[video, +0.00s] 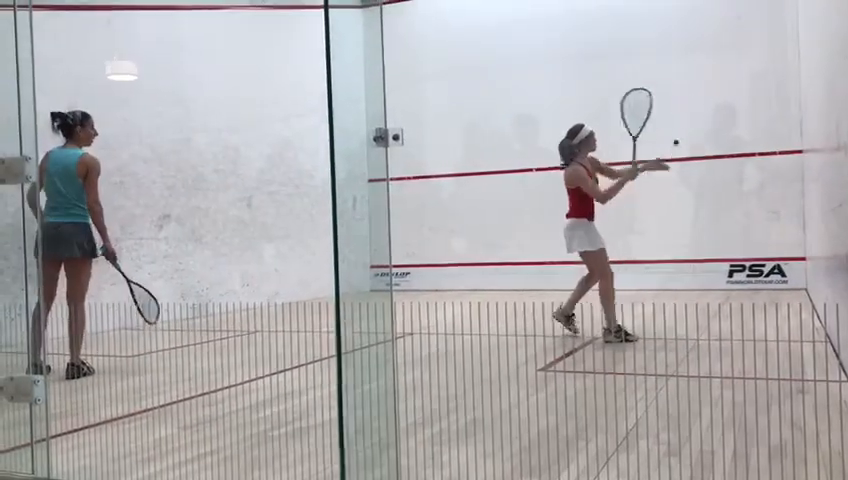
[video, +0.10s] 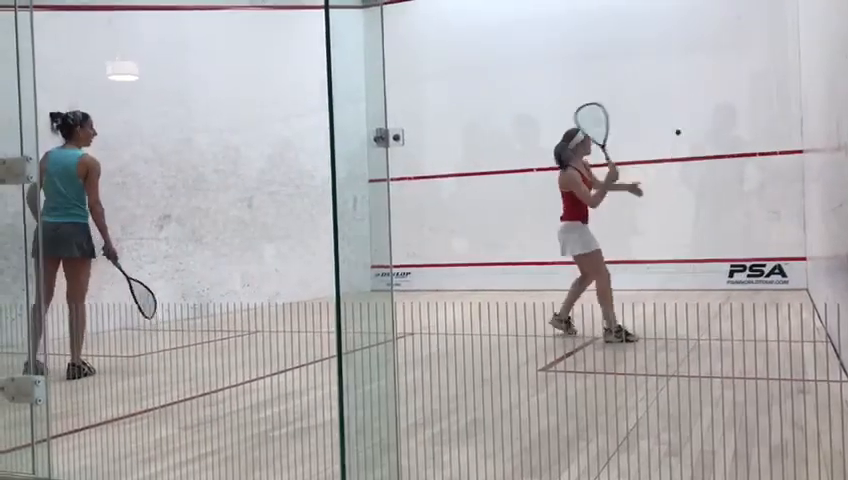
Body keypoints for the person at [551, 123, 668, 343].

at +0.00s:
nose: (595, 140)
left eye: (593, 137)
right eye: (592, 138)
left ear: (580, 144)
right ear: (582, 144)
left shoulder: (589, 162)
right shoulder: (575, 171)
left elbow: (615, 173)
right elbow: (601, 198)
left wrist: (648, 166)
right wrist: (625, 178)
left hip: (582, 226)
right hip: (580, 227)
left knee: (595, 273)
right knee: (605, 275)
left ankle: (565, 311)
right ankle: (612, 328)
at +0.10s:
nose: (590, 143)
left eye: (588, 140)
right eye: (586, 140)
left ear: (575, 148)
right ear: (576, 147)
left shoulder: (582, 165)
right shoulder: (570, 174)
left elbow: (598, 185)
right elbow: (592, 202)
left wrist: (628, 188)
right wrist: (608, 181)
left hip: (575, 228)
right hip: (575, 230)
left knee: (588, 274)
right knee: (602, 274)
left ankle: (562, 316)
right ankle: (612, 327)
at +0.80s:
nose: (491, 152)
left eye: (492, 148)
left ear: (492, 149)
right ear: (511, 148)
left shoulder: (481, 167)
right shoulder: (516, 174)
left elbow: (482, 188)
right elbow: (514, 208)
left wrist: (485, 204)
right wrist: (480, 215)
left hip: (486, 226)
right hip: (508, 226)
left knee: (491, 277)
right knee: (508, 281)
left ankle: (500, 321)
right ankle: (501, 326)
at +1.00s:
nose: (456, 154)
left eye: (457, 151)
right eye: (458, 151)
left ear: (459, 153)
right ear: (477, 153)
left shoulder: (452, 173)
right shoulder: (484, 176)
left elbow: (450, 203)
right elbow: (495, 210)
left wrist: (446, 229)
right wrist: (482, 224)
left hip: (456, 231)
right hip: (480, 230)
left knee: (441, 283)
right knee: (495, 280)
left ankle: (426, 328)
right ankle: (501, 326)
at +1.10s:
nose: (438, 155)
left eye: (439, 153)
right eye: (442, 153)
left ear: (441, 155)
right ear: (459, 157)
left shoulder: (432, 175)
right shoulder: (466, 178)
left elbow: (426, 209)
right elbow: (480, 212)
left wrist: (417, 235)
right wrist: (467, 229)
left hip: (436, 233)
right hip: (461, 232)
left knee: (426, 285)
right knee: (480, 284)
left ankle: (418, 332)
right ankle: (497, 326)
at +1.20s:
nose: (421, 153)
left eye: (422, 150)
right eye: (423, 150)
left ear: (426, 152)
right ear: (443, 153)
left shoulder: (416, 170)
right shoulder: (451, 175)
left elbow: (407, 203)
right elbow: (465, 209)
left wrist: (396, 222)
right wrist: (452, 228)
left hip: (423, 229)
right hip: (446, 228)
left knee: (418, 284)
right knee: (463, 282)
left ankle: (418, 332)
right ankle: (477, 327)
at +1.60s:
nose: (391, 159)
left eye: (392, 155)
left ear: (389, 159)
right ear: (408, 165)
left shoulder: (371, 175)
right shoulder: (409, 184)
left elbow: (361, 203)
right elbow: (417, 220)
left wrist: (379, 202)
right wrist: (408, 242)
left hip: (368, 237)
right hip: (390, 237)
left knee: (379, 290)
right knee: (389, 290)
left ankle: (396, 332)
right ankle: (377, 337)